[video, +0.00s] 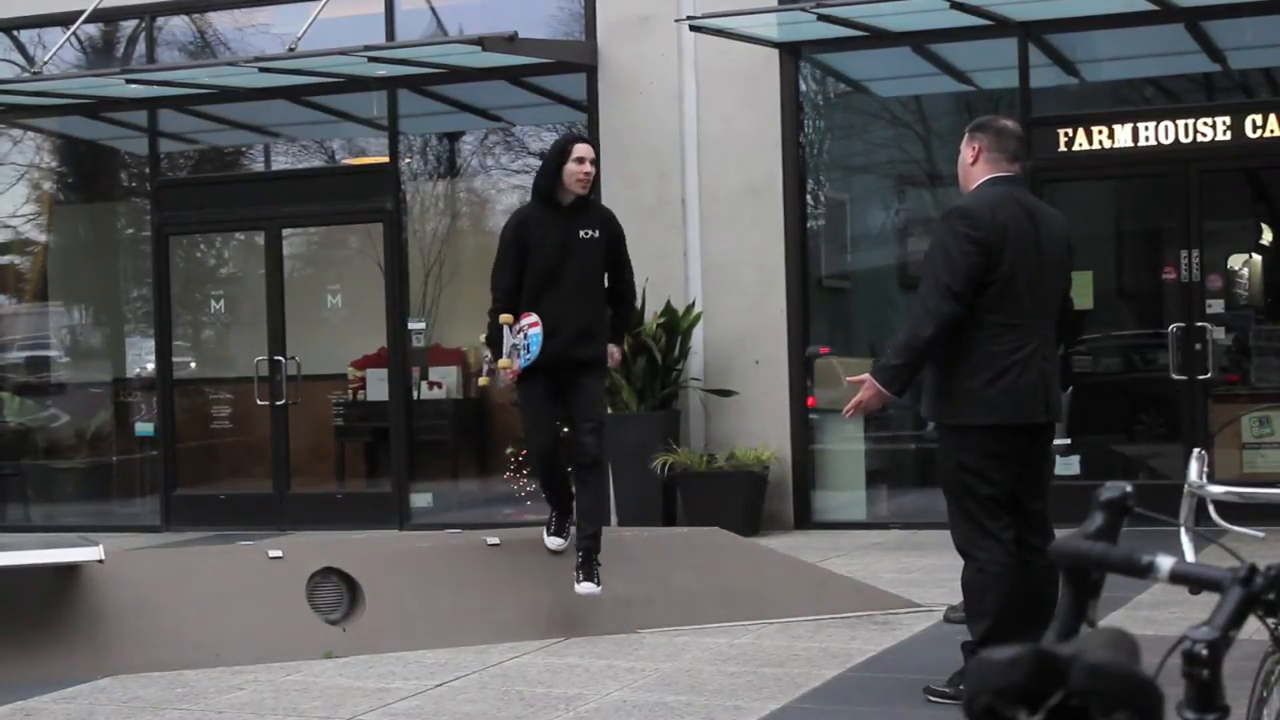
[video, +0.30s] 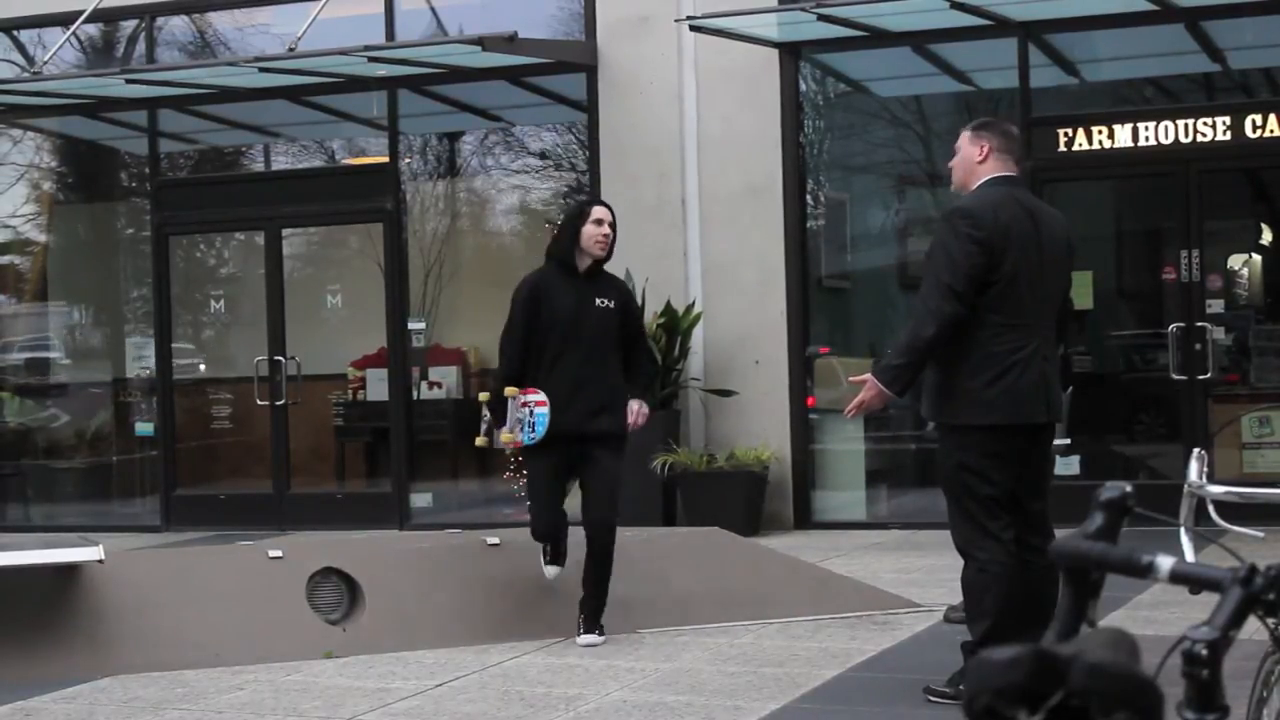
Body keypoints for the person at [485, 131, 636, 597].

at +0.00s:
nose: (587, 169)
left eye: (591, 162)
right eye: (578, 161)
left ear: (594, 170)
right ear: (555, 166)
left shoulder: (603, 221)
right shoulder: (523, 223)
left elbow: (623, 286)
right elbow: (503, 292)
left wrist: (616, 338)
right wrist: (501, 353)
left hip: (588, 356)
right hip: (535, 357)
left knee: (588, 452)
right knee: (542, 448)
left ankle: (589, 558)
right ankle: (559, 508)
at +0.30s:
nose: (605, 232)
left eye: (609, 226)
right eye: (597, 224)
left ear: (612, 236)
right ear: (573, 228)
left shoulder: (617, 292)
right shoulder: (536, 287)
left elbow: (638, 353)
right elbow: (512, 353)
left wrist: (638, 395)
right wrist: (504, 414)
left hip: (603, 424)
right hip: (546, 424)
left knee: (601, 525)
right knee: (544, 524)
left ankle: (591, 618)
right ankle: (555, 538)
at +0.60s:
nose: (603, 220)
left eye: (605, 212)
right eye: (594, 211)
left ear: (603, 221)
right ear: (567, 216)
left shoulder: (611, 273)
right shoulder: (531, 278)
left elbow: (652, 320)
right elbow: (505, 350)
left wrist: (632, 327)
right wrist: (513, 417)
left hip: (605, 421)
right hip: (550, 423)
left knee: (602, 526)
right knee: (564, 527)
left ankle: (591, 611)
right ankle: (566, 637)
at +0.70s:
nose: (607, 226)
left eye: (608, 218)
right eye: (598, 218)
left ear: (598, 226)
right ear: (570, 223)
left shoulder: (611, 282)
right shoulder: (533, 283)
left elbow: (647, 345)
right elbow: (509, 360)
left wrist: (638, 340)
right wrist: (514, 431)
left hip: (606, 426)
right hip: (554, 429)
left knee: (612, 529)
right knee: (565, 534)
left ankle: (591, 597)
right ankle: (565, 639)